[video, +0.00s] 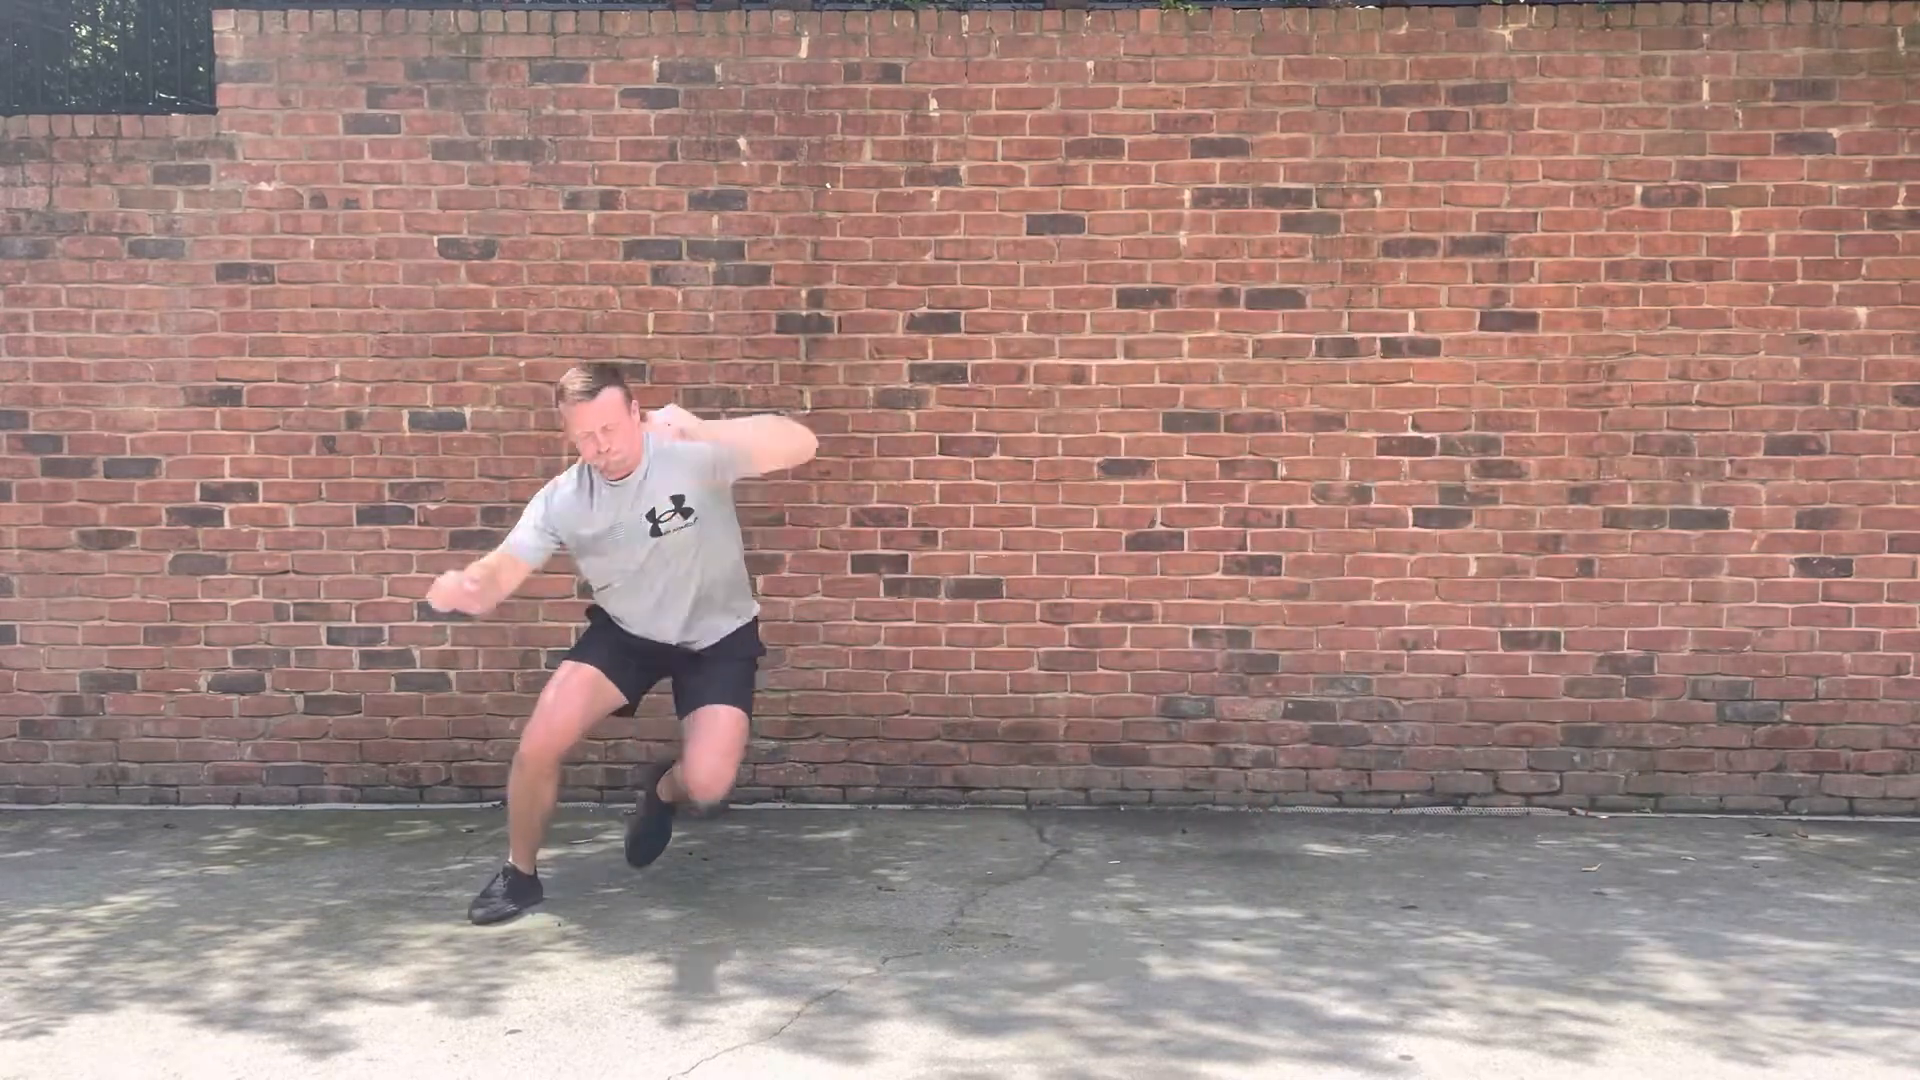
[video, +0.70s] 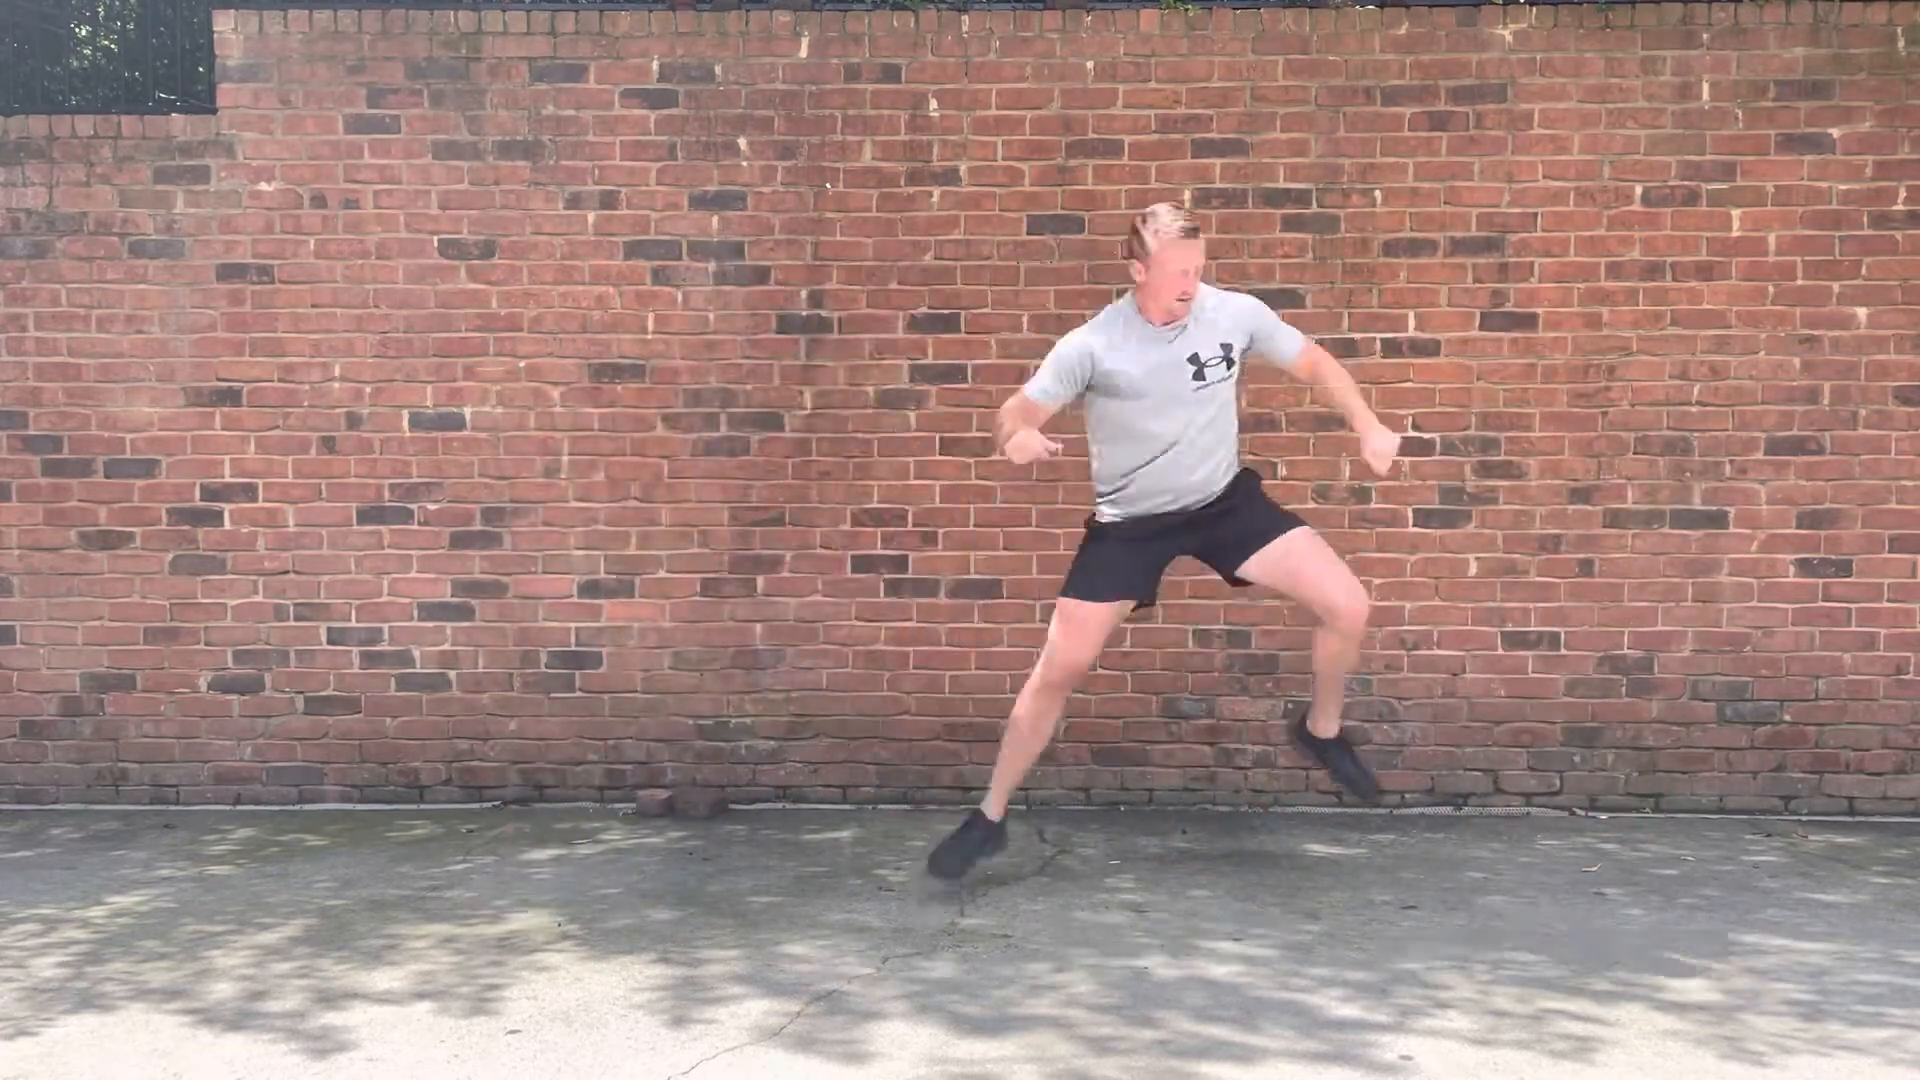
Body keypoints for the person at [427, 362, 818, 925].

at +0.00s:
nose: (601, 446)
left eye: (610, 428)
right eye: (585, 435)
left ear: (637, 415)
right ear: (570, 435)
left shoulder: (692, 457)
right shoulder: (560, 501)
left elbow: (800, 443)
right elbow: (501, 570)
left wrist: (701, 429)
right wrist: (468, 591)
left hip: (719, 632)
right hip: (626, 631)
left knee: (710, 784)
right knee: (541, 737)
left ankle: (664, 792)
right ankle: (520, 874)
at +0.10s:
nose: (676, 385)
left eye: (685, 369)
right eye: (660, 374)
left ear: (702, 356)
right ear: (636, 373)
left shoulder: (755, 389)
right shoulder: (612, 435)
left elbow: (857, 340)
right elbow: (515, 482)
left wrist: (821, 335)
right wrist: (524, 462)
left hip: (767, 592)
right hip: (669, 601)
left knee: (821, 717)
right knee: (581, 719)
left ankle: (756, 750)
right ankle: (521, 867)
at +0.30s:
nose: (831, 298)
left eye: (841, 281)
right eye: (815, 285)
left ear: (855, 272)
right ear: (787, 283)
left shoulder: (907, 331)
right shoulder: (759, 353)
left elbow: (989, 390)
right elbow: (693, 420)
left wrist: (1043, 480)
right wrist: (661, 485)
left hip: (902, 520)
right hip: (811, 530)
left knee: (937, 660)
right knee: (771, 682)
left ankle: (883, 712)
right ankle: (801, 814)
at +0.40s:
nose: (912, 319)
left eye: (921, 304)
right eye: (897, 307)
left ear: (934, 296)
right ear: (868, 305)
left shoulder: (979, 362)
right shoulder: (841, 380)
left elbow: (1015, 455)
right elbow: (781, 460)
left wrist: (1008, 551)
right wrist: (737, 535)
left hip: (969, 542)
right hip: (883, 551)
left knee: (991, 683)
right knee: (893, 708)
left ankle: (947, 763)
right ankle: (922, 848)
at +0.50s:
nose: (992, 349)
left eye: (999, 334)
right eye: (976, 337)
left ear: (1008, 330)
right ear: (942, 340)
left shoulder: (1046, 385)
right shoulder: (907, 421)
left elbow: (1098, 469)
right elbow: (850, 491)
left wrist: (1067, 501)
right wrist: (806, 538)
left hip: (1043, 564)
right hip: (956, 579)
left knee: (1107, 681)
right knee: (957, 730)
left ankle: (1044, 780)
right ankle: (941, 855)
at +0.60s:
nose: (1084, 318)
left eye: (1091, 304)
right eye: (1070, 306)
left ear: (1098, 299)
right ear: (1031, 304)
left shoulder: (1130, 351)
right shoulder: (992, 385)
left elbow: (1211, 406)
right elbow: (931, 457)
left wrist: (1203, 436)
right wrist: (917, 479)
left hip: (1130, 538)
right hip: (1037, 559)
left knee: (1234, 634)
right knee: (993, 706)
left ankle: (1176, 748)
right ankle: (944, 848)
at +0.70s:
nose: (1189, 287)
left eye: (1196, 273)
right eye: (1175, 274)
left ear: (1203, 268)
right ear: (1138, 271)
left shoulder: (1233, 315)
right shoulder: (1092, 345)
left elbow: (1316, 363)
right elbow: (1018, 411)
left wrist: (1368, 425)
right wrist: (1019, 434)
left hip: (1225, 504)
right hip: (1127, 525)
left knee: (1348, 607)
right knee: (1059, 668)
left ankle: (1323, 731)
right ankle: (989, 814)